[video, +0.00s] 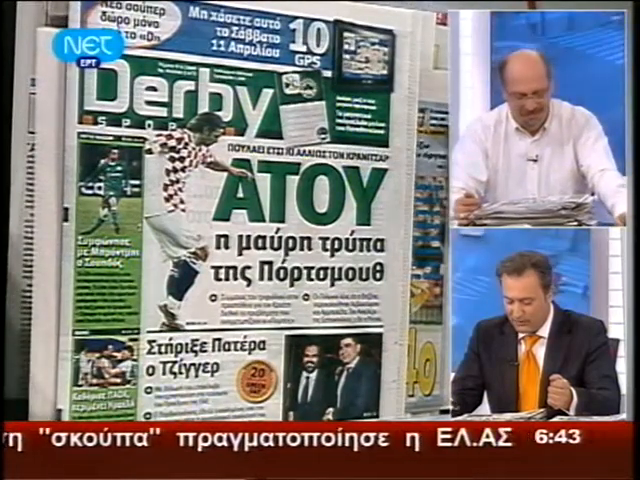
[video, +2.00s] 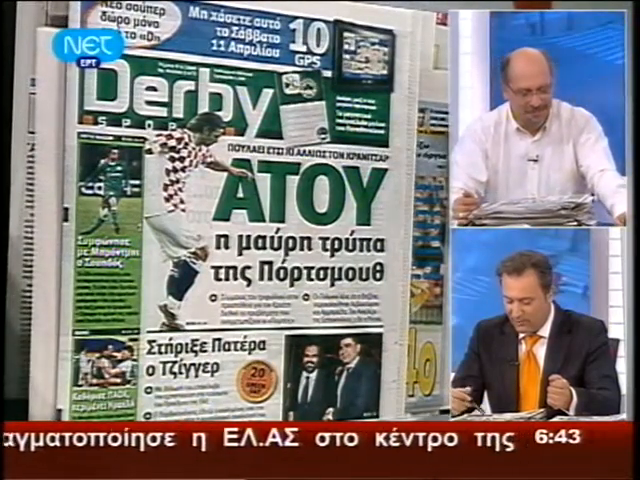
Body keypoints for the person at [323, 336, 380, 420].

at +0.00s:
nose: (343, 351)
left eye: (347, 346)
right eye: (341, 348)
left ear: (358, 348)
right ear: (339, 351)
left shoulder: (367, 368)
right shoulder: (340, 371)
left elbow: (360, 409)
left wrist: (335, 415)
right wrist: (330, 411)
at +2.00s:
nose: (343, 351)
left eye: (347, 346)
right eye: (341, 348)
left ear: (358, 348)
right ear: (339, 351)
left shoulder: (367, 368)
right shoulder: (340, 372)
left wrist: (335, 415)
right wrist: (331, 411)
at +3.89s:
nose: (343, 351)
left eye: (347, 346)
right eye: (341, 348)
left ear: (358, 348)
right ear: (339, 351)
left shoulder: (367, 368)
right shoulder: (341, 371)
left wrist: (335, 416)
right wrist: (332, 410)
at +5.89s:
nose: (343, 351)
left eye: (347, 346)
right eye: (341, 348)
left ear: (358, 348)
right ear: (339, 351)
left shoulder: (367, 368)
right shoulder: (341, 371)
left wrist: (335, 416)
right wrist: (331, 410)